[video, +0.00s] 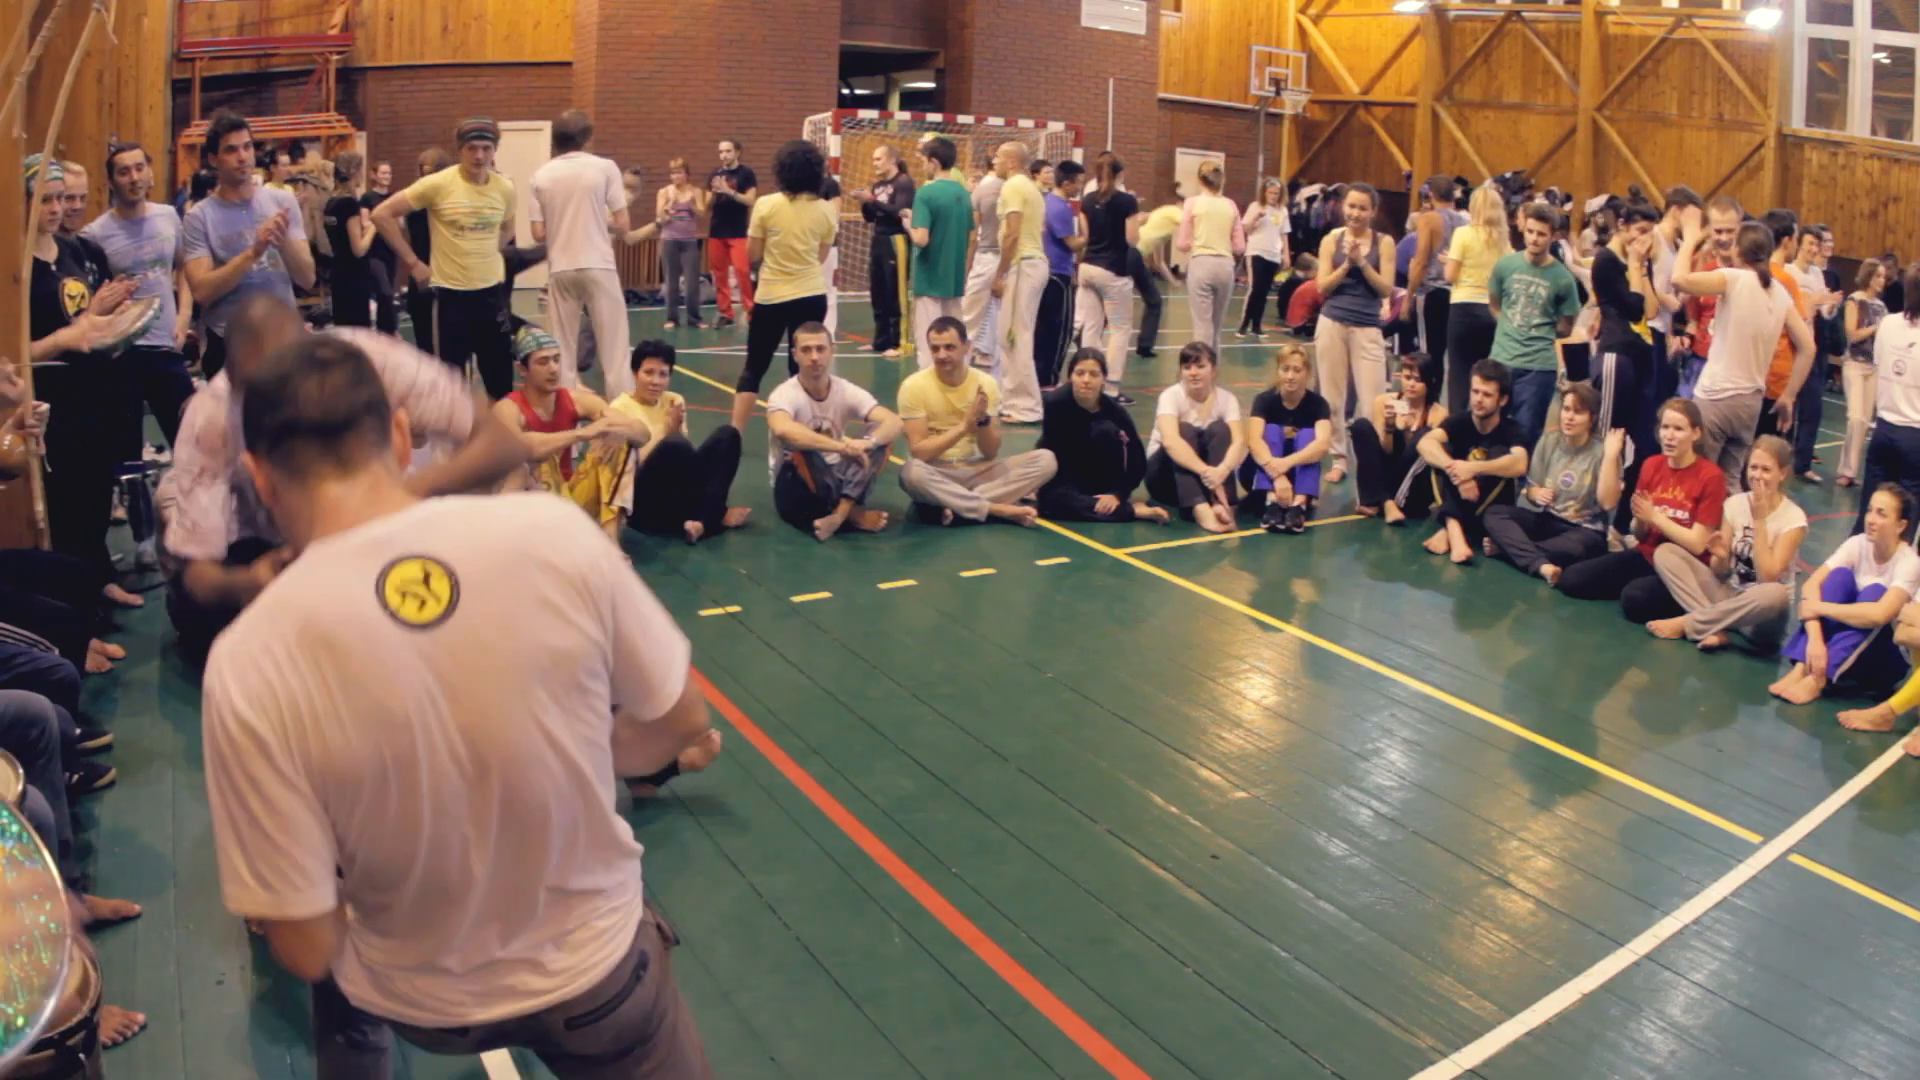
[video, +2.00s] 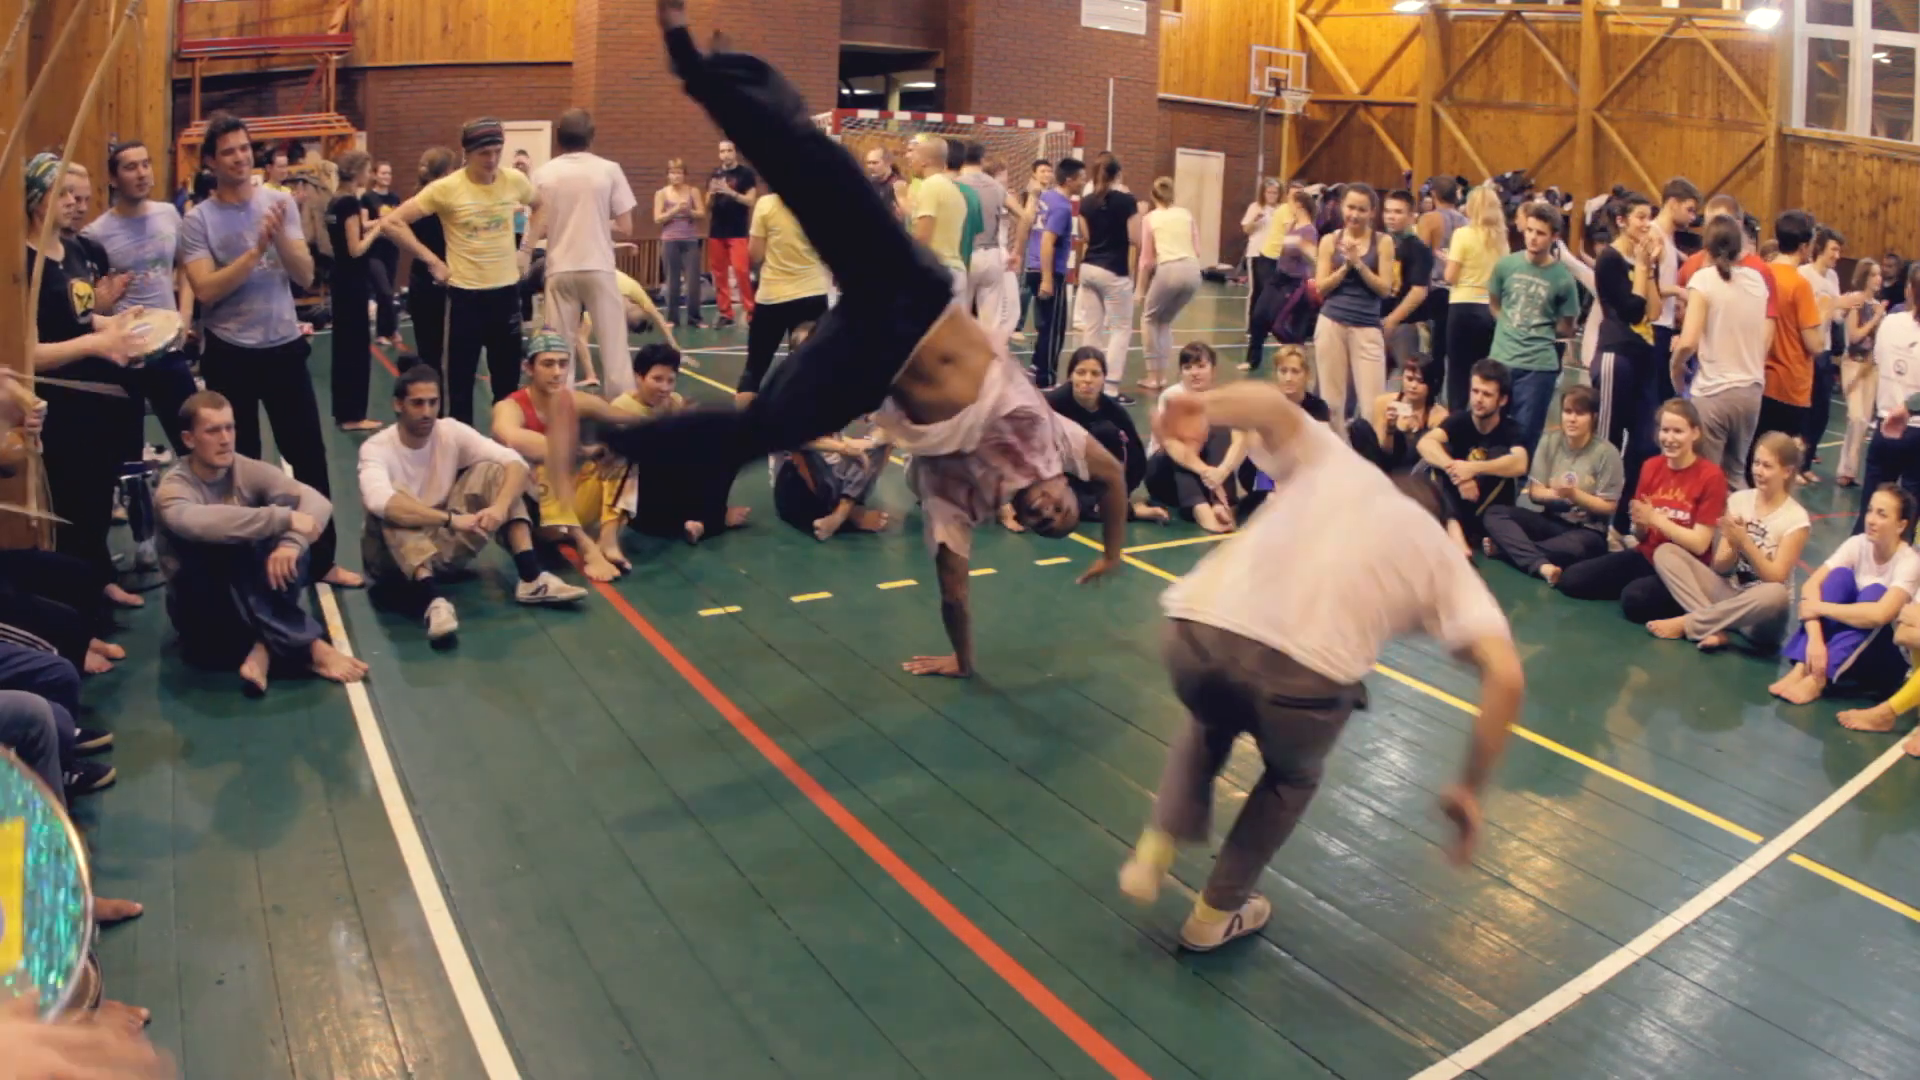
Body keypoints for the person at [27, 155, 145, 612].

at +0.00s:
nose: (58, 208)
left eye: (65, 198)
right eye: (47, 198)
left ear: (71, 202)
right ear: (24, 201)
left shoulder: (80, 254)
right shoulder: (16, 265)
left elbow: (82, 332)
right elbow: (16, 353)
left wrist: (110, 314)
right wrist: (76, 327)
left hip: (89, 389)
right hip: (43, 396)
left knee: (94, 488)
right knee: (63, 494)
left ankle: (100, 574)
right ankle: (69, 586)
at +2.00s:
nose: (76, 203)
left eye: (81, 195)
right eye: (66, 194)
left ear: (85, 200)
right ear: (39, 200)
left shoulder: (76, 253)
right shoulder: (22, 261)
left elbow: (80, 320)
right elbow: (24, 354)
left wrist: (119, 323)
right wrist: (96, 345)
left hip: (97, 389)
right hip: (57, 397)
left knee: (97, 496)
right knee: (73, 500)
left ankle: (100, 576)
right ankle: (78, 594)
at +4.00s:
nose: (56, 208)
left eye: (58, 199)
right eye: (45, 200)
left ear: (61, 204)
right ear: (19, 208)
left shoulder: (65, 258)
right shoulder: (13, 271)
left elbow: (73, 324)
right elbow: (17, 361)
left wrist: (107, 323)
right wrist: (82, 347)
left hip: (88, 390)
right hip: (50, 400)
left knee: (96, 488)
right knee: (68, 495)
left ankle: (101, 577)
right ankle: (75, 591)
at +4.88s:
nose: (53, 209)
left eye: (55, 200)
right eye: (44, 201)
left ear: (59, 206)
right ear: (21, 209)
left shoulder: (65, 259)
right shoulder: (13, 274)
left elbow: (78, 325)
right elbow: (18, 367)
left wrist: (114, 321)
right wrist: (88, 361)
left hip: (87, 393)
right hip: (48, 403)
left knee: (95, 491)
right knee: (65, 496)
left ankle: (102, 577)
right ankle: (73, 589)